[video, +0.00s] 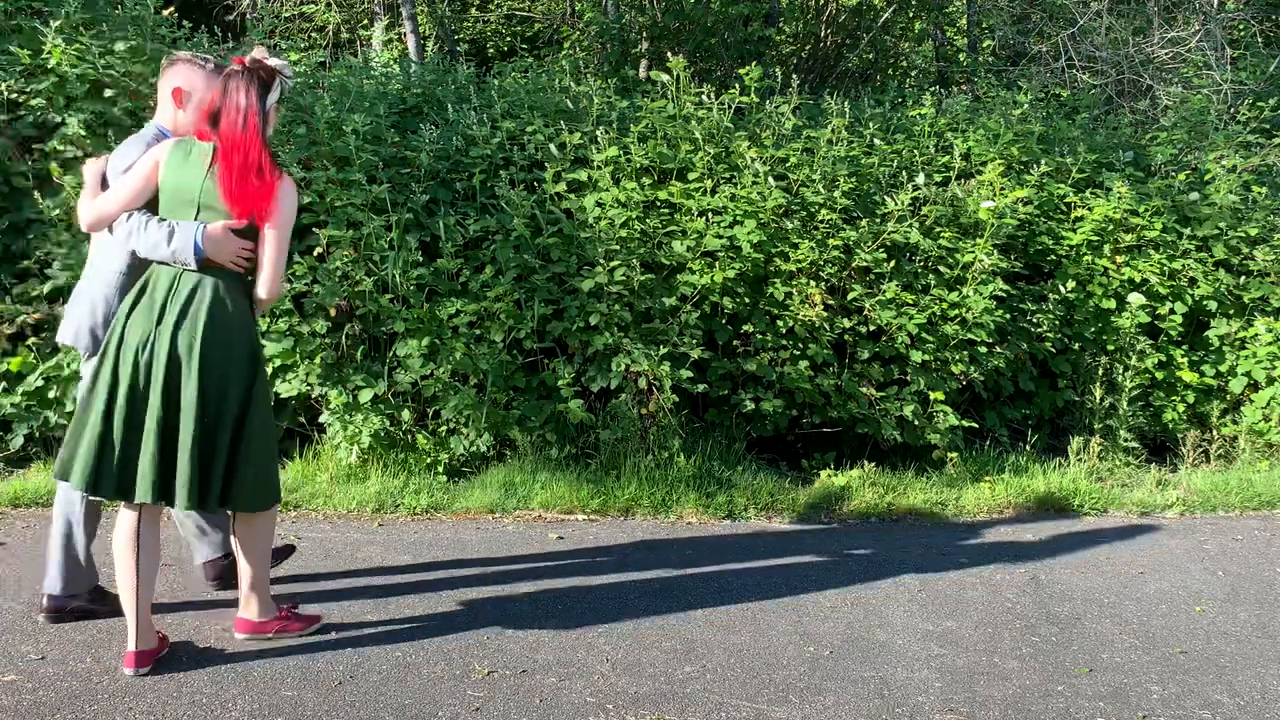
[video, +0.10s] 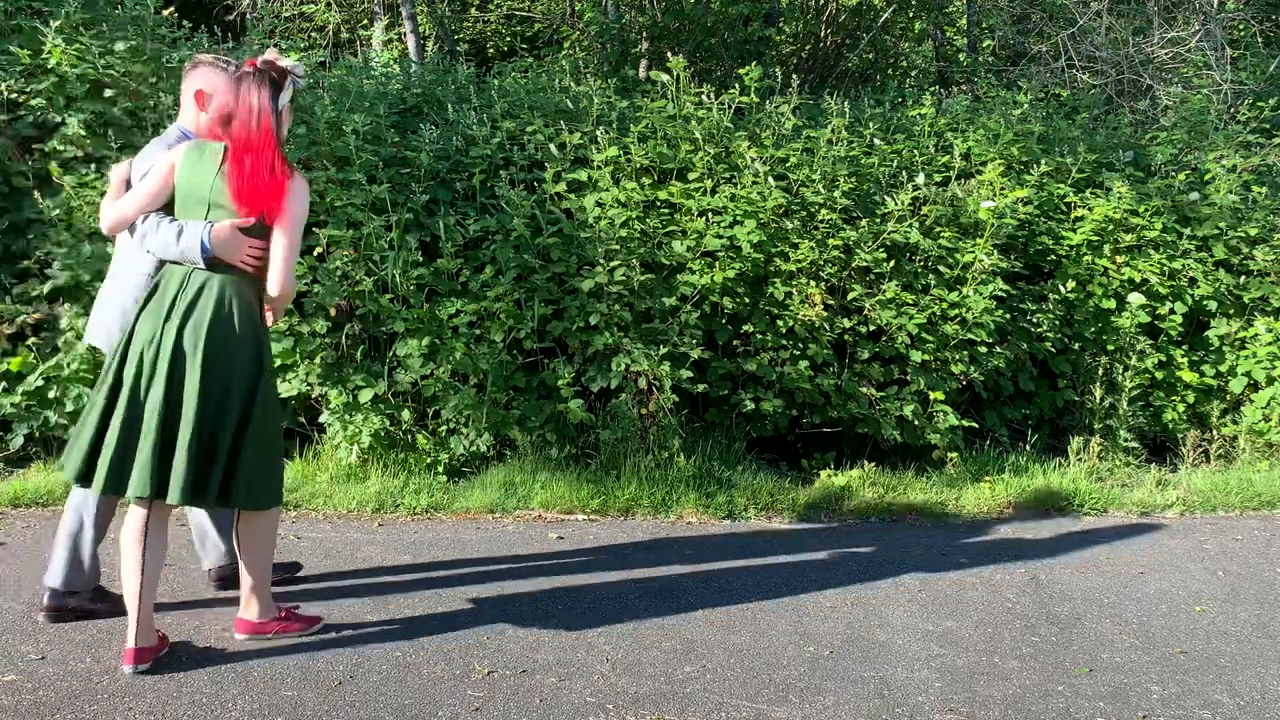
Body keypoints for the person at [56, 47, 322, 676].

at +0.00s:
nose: (193, 111)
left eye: (202, 100)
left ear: (213, 101)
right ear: (272, 112)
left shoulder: (169, 155)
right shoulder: (278, 185)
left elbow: (91, 218)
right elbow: (268, 287)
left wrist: (91, 174)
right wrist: (252, 292)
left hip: (150, 307)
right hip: (220, 319)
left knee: (137, 487)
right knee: (249, 468)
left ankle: (138, 639)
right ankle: (257, 607)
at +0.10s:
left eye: (214, 104)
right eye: (291, 109)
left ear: (226, 110)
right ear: (282, 117)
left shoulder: (186, 158)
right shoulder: (291, 184)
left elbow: (113, 221)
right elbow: (279, 286)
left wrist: (117, 183)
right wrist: (270, 306)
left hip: (164, 313)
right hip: (231, 323)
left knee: (145, 485)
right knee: (256, 471)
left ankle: (138, 636)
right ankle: (258, 608)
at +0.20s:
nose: (301, 115)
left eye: (229, 102)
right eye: (298, 106)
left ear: (237, 109)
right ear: (288, 113)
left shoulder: (194, 160)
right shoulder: (299, 177)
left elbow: (132, 226)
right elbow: (292, 276)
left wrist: (138, 185)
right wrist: (295, 302)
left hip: (179, 324)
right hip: (247, 332)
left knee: (160, 480)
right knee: (265, 473)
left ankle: (139, 630)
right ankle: (259, 607)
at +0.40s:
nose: (309, 113)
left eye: (308, 102)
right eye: (305, 103)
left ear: (244, 105)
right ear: (286, 108)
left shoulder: (213, 166)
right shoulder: (306, 170)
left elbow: (177, 248)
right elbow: (313, 269)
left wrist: (181, 198)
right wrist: (347, 292)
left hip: (228, 316)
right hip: (283, 321)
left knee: (244, 465)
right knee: (289, 468)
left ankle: (171, 578)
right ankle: (260, 608)